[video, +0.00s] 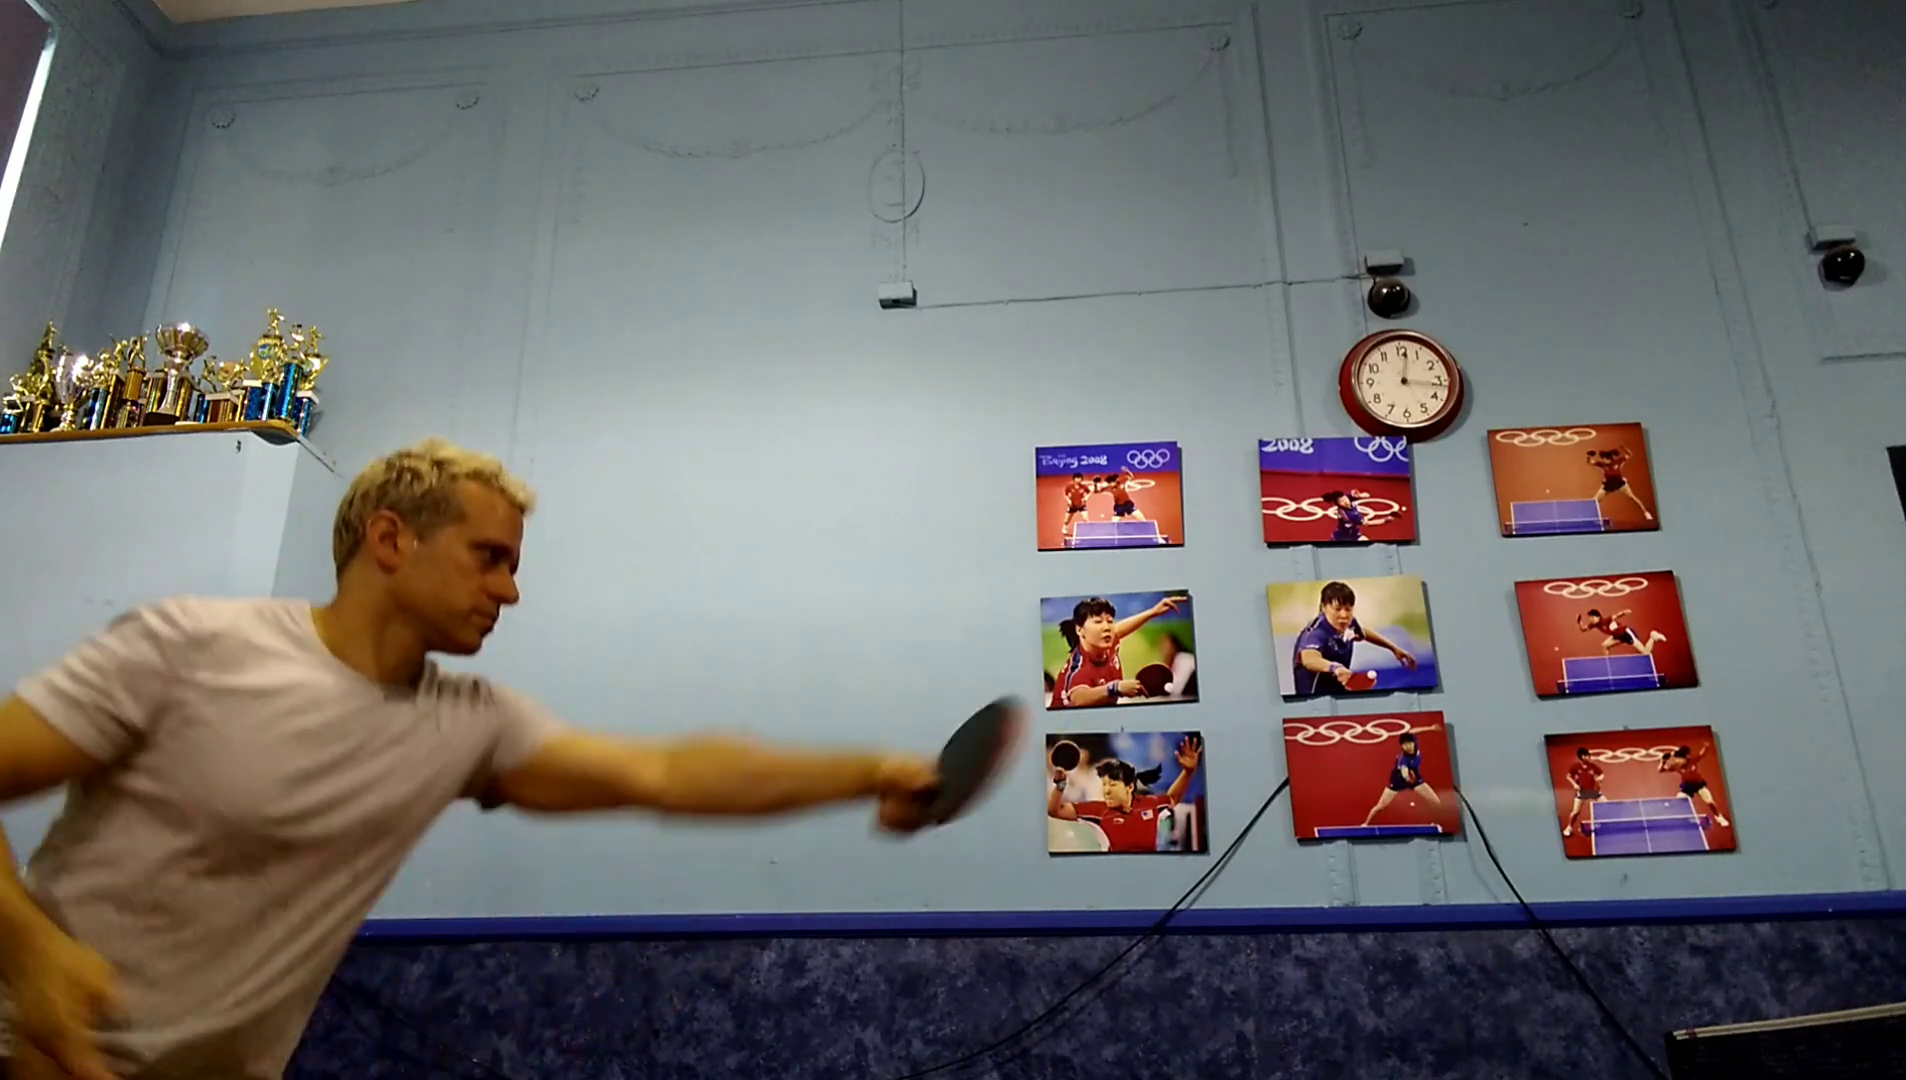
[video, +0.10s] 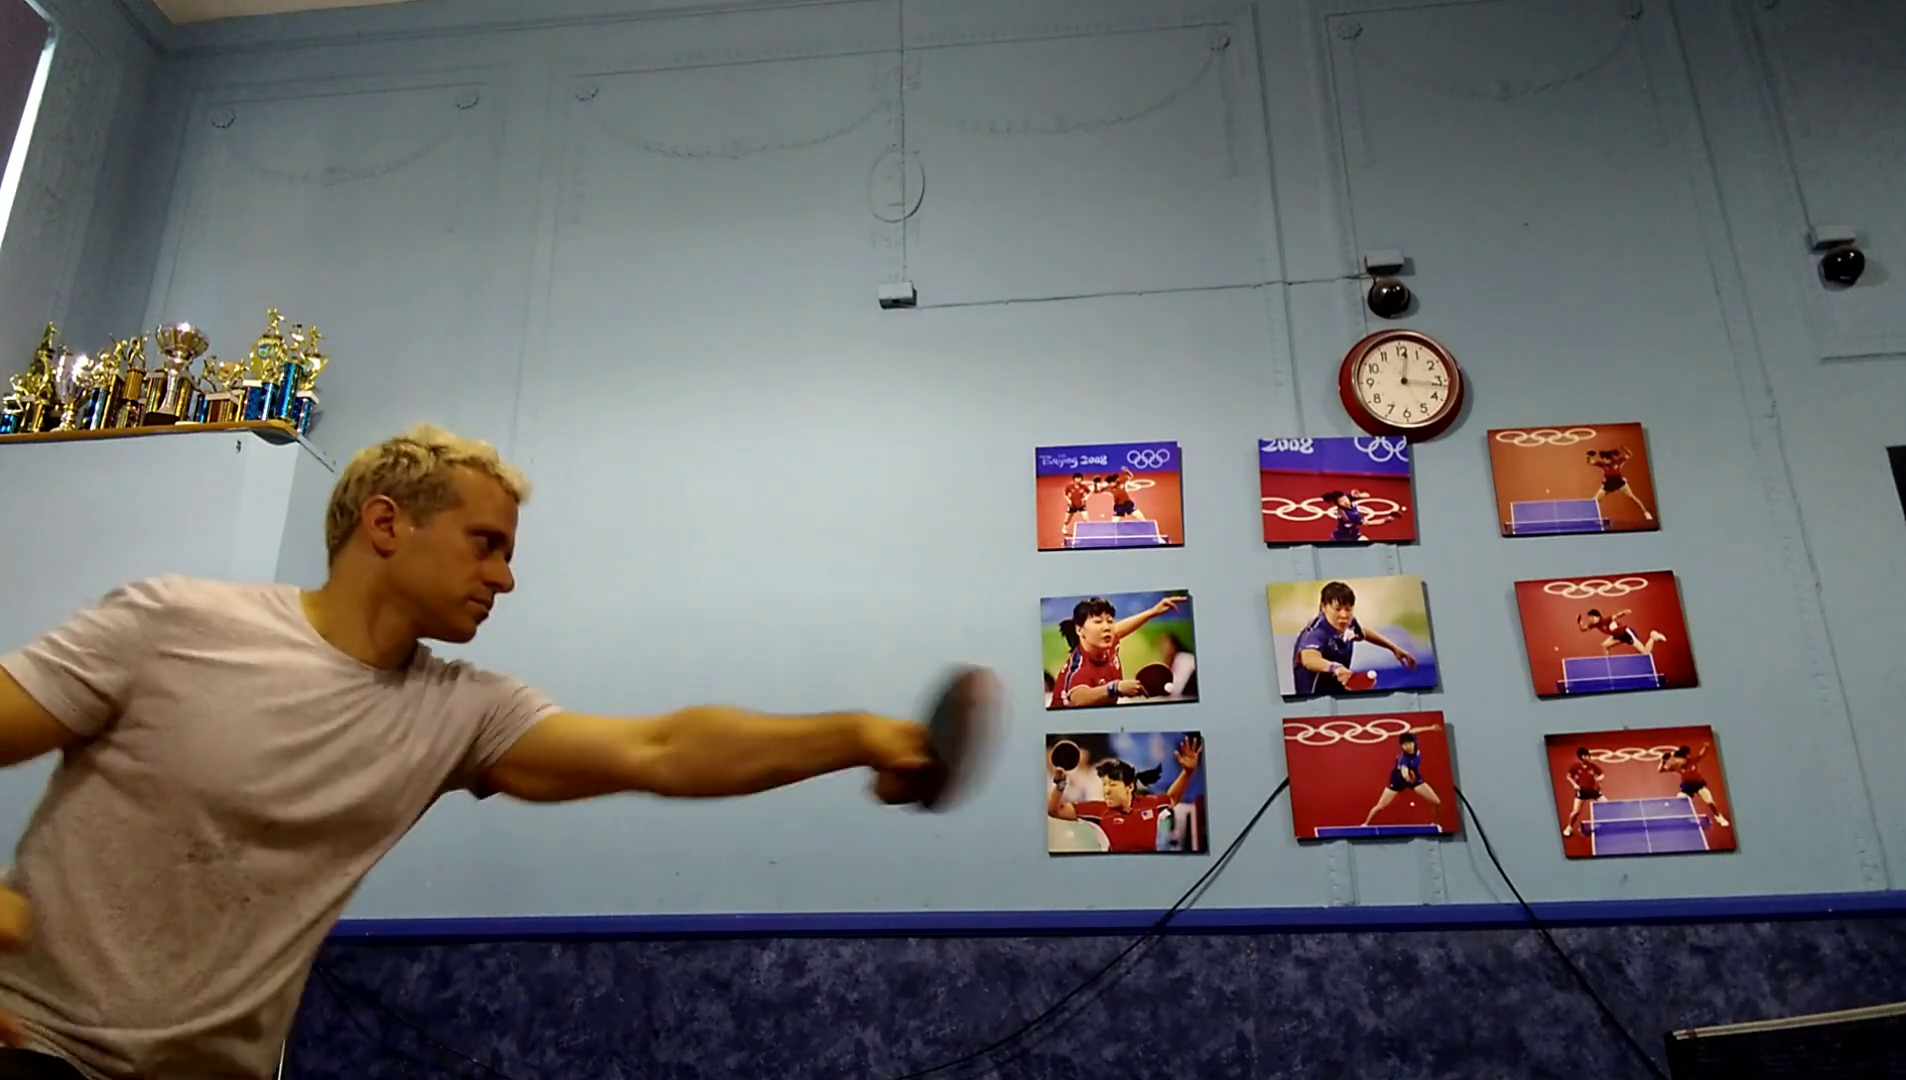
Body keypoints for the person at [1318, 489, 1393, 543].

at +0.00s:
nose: (1344, 502)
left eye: (1344, 499)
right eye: (1341, 502)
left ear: (1346, 497)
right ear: (1339, 505)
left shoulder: (1349, 498)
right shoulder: (1350, 515)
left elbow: (1367, 496)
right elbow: (1366, 523)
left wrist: (1360, 495)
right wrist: (1385, 520)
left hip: (1355, 536)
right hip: (1341, 538)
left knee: (1371, 547)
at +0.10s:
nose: (1344, 502)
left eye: (1344, 499)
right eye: (1341, 502)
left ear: (1346, 497)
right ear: (1339, 505)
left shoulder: (1349, 498)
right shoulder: (1350, 515)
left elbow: (1367, 496)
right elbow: (1367, 523)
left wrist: (1360, 495)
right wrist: (1385, 520)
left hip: (1355, 536)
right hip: (1341, 538)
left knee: (1371, 547)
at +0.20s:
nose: (1344, 502)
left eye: (1344, 499)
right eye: (1341, 502)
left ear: (1346, 497)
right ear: (1339, 505)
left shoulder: (1349, 498)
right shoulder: (1350, 515)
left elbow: (1367, 496)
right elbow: (1366, 523)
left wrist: (1360, 495)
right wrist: (1385, 520)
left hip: (1355, 536)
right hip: (1341, 538)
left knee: (1371, 547)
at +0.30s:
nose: (1344, 502)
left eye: (1344, 499)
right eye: (1341, 502)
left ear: (1346, 497)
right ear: (1339, 505)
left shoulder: (1349, 498)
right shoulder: (1350, 515)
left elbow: (1367, 496)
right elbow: (1366, 523)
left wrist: (1360, 495)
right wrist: (1385, 520)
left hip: (1355, 536)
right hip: (1341, 538)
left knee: (1371, 547)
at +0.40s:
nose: (1344, 502)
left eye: (1344, 499)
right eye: (1341, 502)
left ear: (1346, 497)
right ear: (1339, 505)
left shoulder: (1348, 497)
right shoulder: (1350, 515)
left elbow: (1368, 496)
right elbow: (1366, 523)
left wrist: (1360, 495)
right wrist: (1384, 520)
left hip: (1355, 536)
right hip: (1341, 538)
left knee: (1371, 547)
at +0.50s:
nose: (1344, 502)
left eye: (1344, 499)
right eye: (1341, 502)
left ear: (1346, 497)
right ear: (1339, 505)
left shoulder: (1349, 498)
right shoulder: (1350, 515)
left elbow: (1367, 496)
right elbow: (1366, 523)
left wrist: (1360, 495)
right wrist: (1385, 520)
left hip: (1356, 536)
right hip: (1341, 538)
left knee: (1371, 547)